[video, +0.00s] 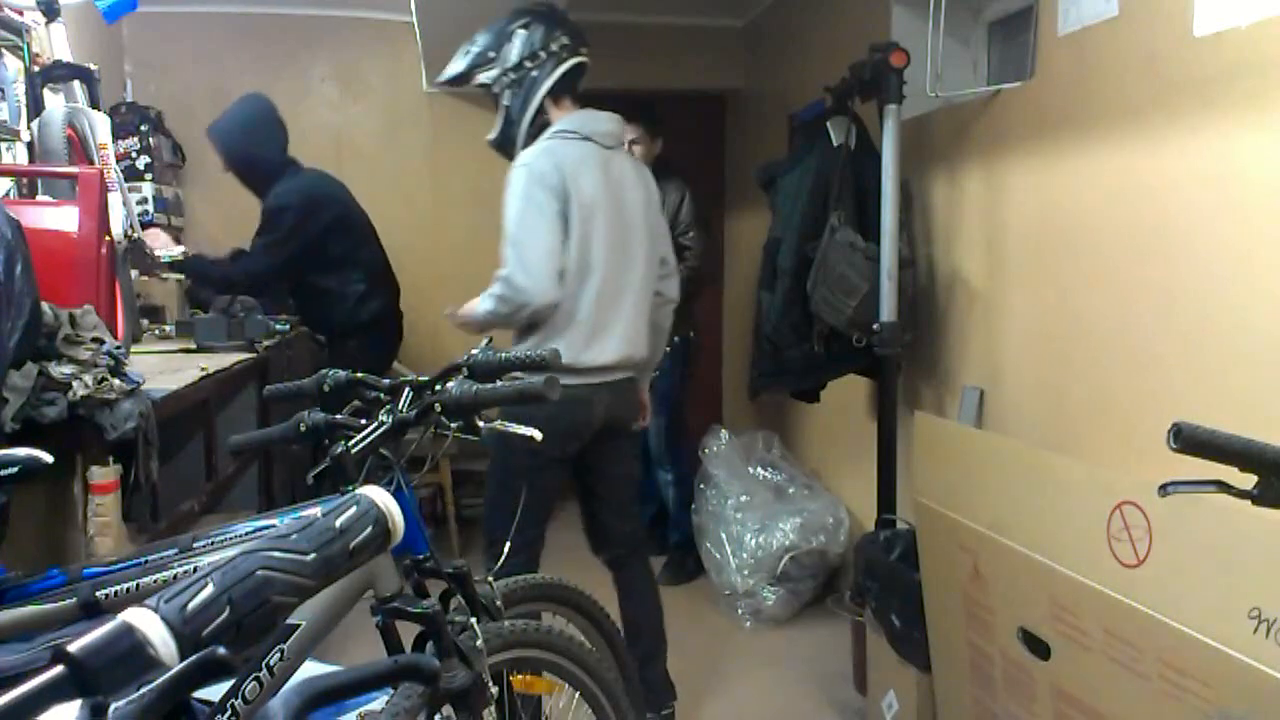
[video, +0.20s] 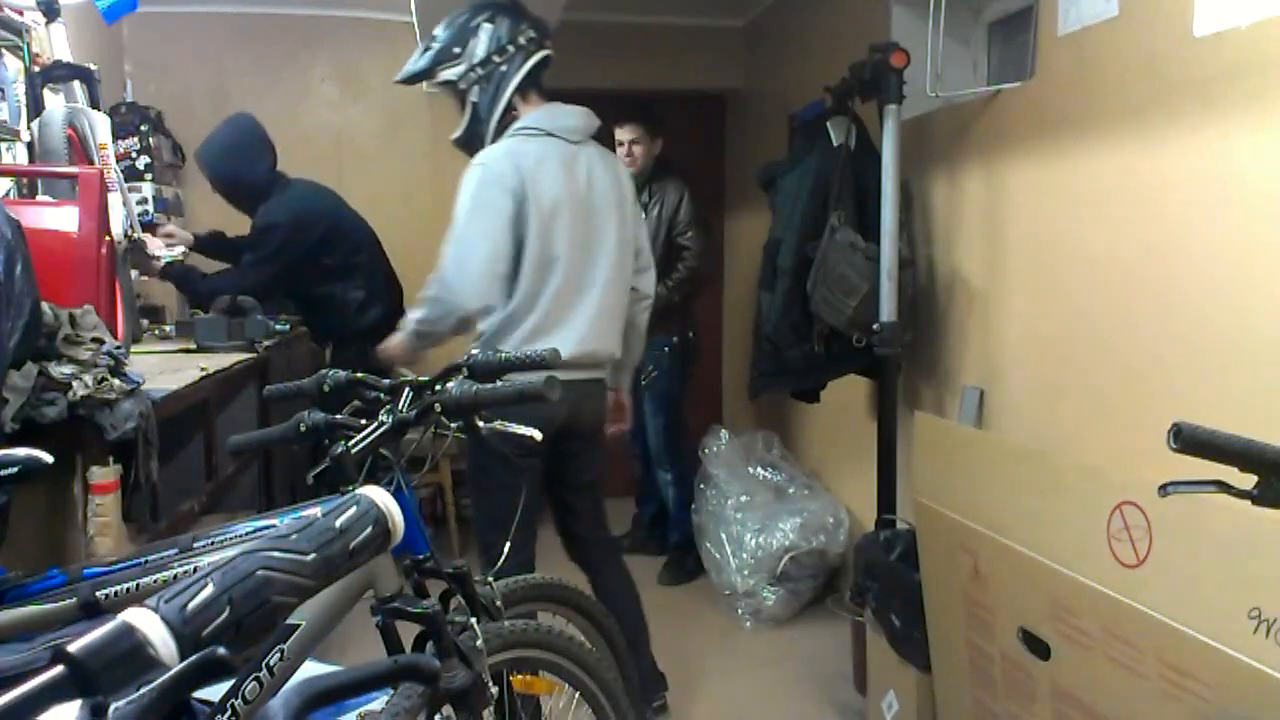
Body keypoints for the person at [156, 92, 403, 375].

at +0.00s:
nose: (225, 169)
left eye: (228, 156)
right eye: (224, 158)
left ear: (248, 151)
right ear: (267, 143)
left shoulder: (292, 200)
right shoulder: (309, 186)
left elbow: (253, 278)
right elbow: (266, 271)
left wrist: (178, 260)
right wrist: (196, 263)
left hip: (356, 343)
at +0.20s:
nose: (218, 192)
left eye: (218, 182)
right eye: (215, 183)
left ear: (234, 178)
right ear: (260, 162)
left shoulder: (282, 219)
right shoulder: (298, 195)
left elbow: (220, 292)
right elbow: (254, 253)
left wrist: (166, 269)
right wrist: (192, 242)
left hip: (360, 341)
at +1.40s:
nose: (210, 228)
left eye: (208, 220)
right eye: (205, 220)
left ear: (222, 216)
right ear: (251, 192)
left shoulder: (272, 253)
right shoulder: (291, 216)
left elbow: (225, 316)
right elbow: (248, 286)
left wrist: (165, 273)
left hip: (367, 347)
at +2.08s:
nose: (217, 225)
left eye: (216, 216)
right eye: (213, 216)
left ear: (231, 211)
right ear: (258, 190)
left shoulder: (275, 254)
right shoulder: (297, 216)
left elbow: (229, 312)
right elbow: (250, 290)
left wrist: (164, 272)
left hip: (370, 349)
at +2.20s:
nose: (217, 226)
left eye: (216, 217)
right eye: (213, 218)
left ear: (229, 214)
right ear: (257, 191)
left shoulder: (275, 253)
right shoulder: (296, 216)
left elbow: (220, 315)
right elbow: (268, 264)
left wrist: (164, 273)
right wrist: (227, 278)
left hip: (372, 350)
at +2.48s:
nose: (213, 224)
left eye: (212, 215)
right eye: (209, 216)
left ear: (226, 212)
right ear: (251, 194)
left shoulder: (273, 251)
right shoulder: (286, 217)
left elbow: (233, 316)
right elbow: (249, 281)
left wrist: (170, 275)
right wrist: (195, 257)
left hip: (380, 348)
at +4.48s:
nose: (203, 233)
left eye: (201, 223)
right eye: (198, 224)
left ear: (215, 218)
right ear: (239, 195)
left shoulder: (266, 252)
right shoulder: (279, 220)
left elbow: (220, 319)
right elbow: (244, 279)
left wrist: (168, 276)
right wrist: (186, 285)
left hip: (367, 350)